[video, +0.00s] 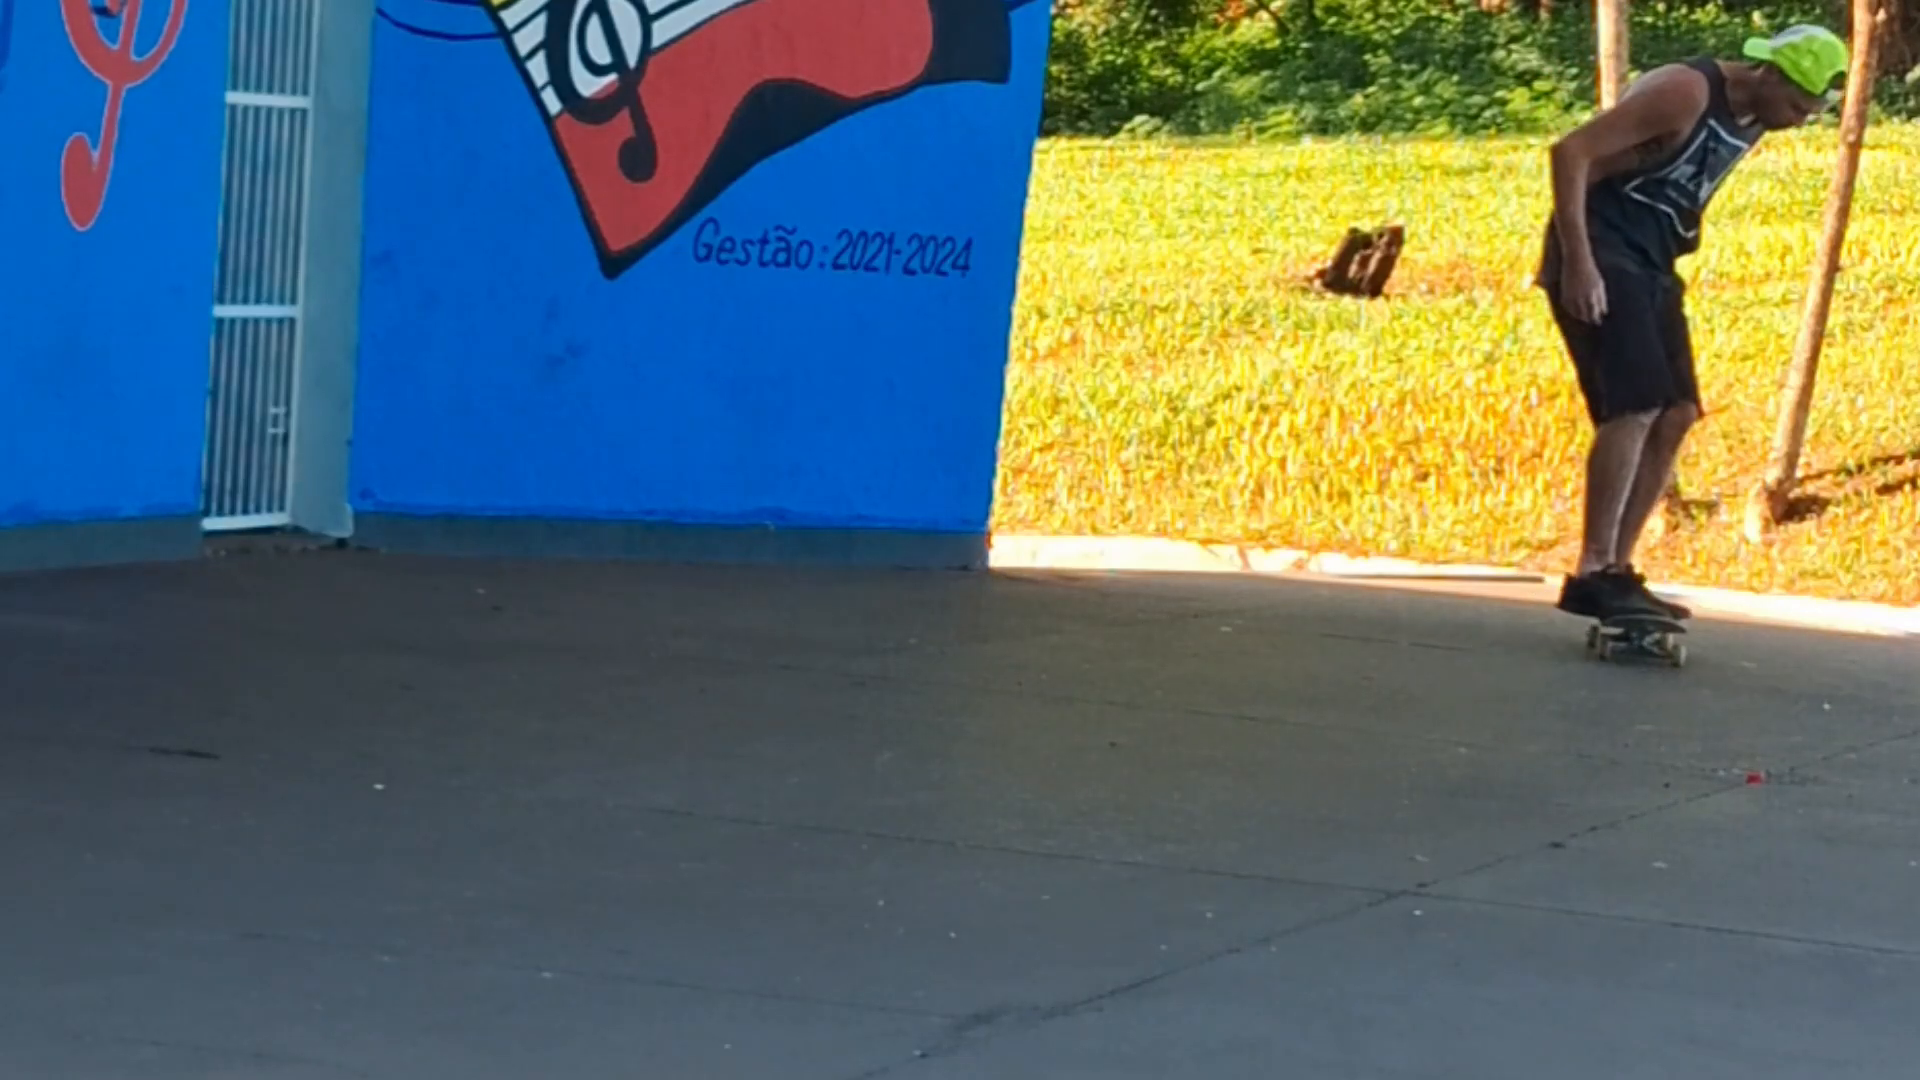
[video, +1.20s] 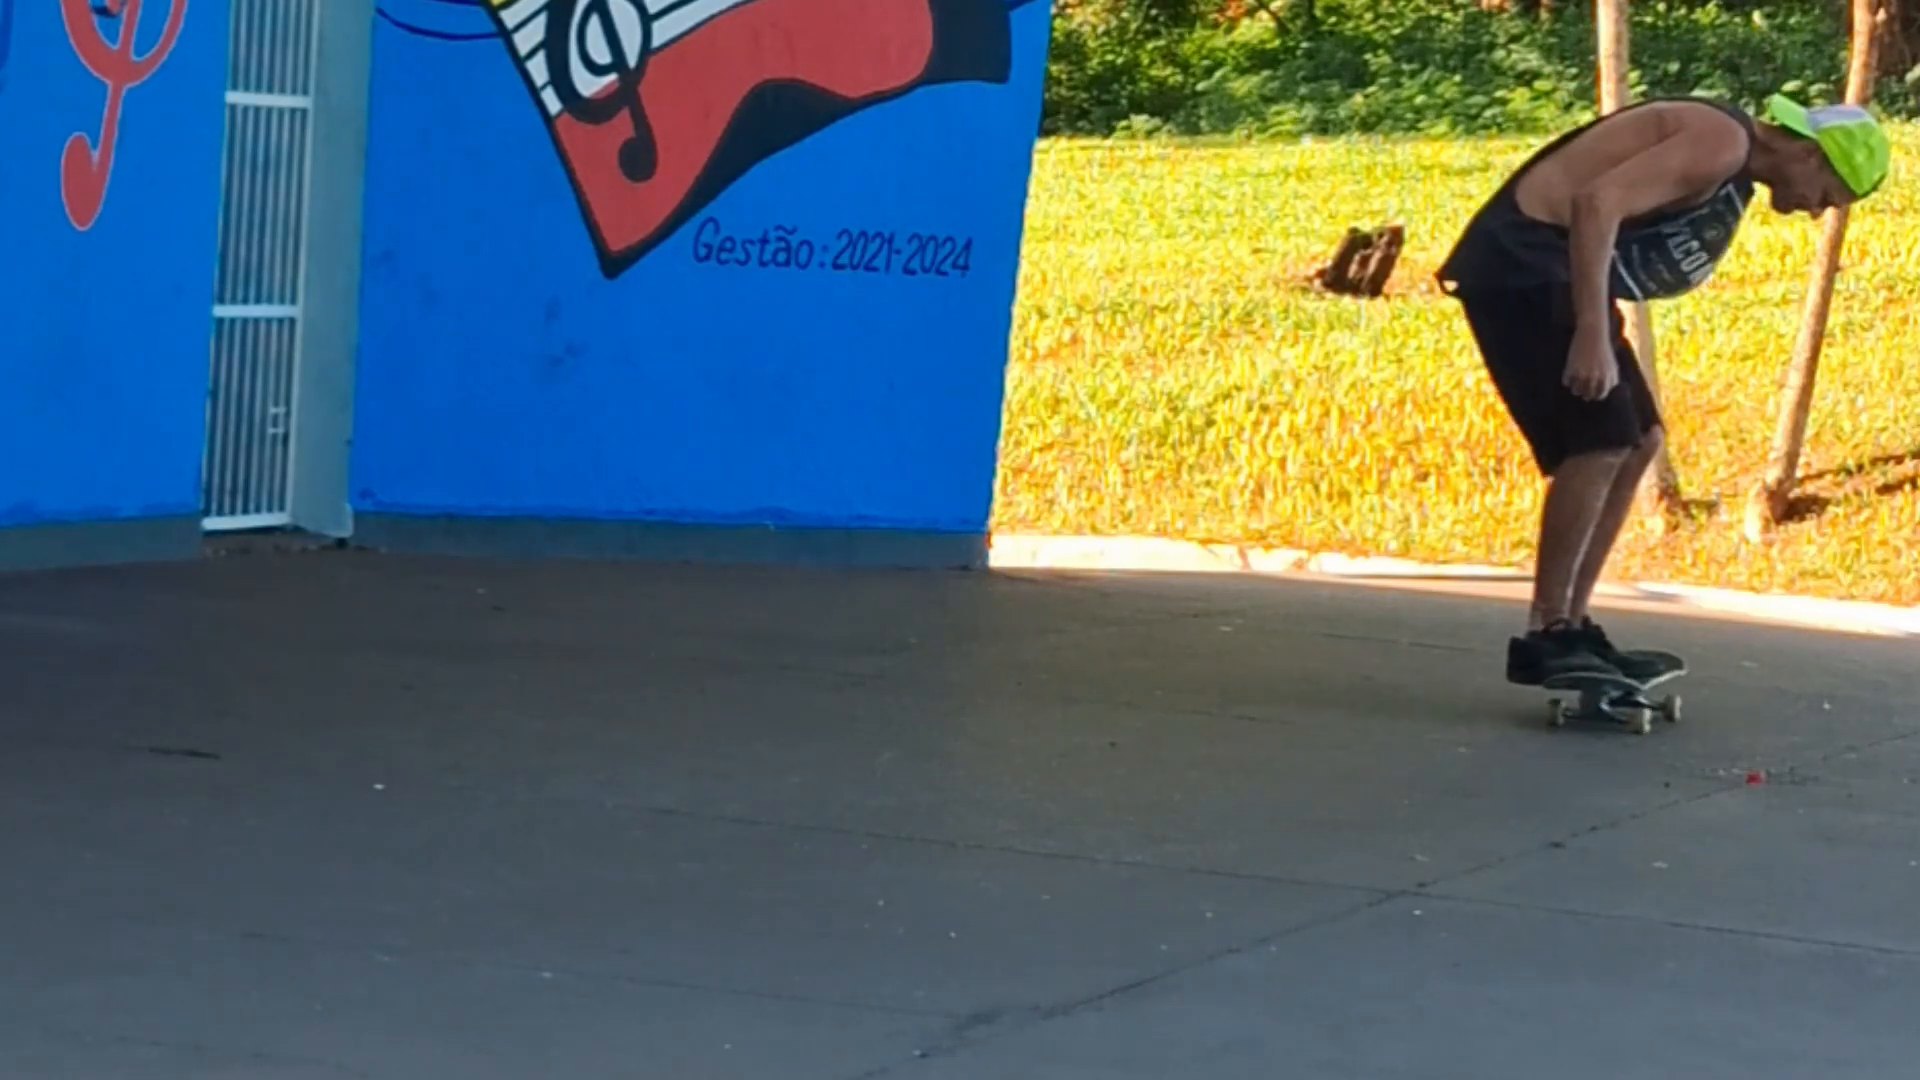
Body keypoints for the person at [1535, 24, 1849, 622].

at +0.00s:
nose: (1804, 116)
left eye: (1813, 108)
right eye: (1803, 102)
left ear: (1781, 83)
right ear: (1772, 74)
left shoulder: (1751, 120)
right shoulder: (1682, 91)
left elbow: (1676, 180)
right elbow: (1569, 153)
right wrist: (1578, 260)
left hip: (1650, 267)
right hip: (1597, 255)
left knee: (1676, 410)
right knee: (1632, 405)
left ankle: (1614, 570)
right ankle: (1591, 574)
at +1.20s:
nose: (1821, 210)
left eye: (1835, 204)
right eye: (1832, 194)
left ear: (1811, 149)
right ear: (1812, 151)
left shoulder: (1730, 167)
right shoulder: (1717, 143)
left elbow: (1608, 231)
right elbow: (1595, 203)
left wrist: (1600, 331)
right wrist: (1591, 334)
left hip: (1558, 268)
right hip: (1518, 260)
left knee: (1637, 439)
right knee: (1597, 441)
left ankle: (1568, 623)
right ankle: (1543, 632)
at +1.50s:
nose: (1790, 230)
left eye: (1804, 225)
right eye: (1801, 215)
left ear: (1785, 177)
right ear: (1784, 172)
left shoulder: (1700, 185)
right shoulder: (1693, 157)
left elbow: (1572, 249)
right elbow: (1561, 217)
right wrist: (1554, 357)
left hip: (1514, 266)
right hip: (1474, 254)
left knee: (1598, 439)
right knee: (1565, 438)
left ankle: (1521, 633)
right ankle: (1466, 621)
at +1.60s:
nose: (1776, 238)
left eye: (1790, 233)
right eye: (1787, 222)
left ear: (1773, 182)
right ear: (1771, 178)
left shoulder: (1683, 190)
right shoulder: (1679, 161)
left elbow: (1556, 264)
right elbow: (1547, 227)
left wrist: (1481, 398)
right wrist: (1533, 368)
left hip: (1499, 267)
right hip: (1455, 254)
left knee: (1578, 443)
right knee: (1549, 442)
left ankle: (1500, 640)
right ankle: (1448, 629)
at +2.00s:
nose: (1702, 281)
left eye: (1717, 276)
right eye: (1716, 267)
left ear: (1696, 217)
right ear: (1699, 223)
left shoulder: (1614, 210)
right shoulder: (1608, 205)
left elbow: (1490, 308)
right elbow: (1490, 297)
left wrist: (1424, 480)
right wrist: (1482, 449)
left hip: (1405, 275)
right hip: (1364, 270)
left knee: (1518, 445)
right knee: (1478, 469)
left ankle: (1416, 651)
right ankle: (1351, 641)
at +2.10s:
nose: (1680, 308)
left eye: (1696, 300)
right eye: (1694, 292)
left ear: (1670, 246)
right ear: (1673, 248)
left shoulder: (1586, 248)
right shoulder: (1583, 232)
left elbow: (1495, 366)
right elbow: (1505, 346)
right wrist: (1537, 491)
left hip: (1383, 307)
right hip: (1339, 298)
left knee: (1493, 472)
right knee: (1474, 477)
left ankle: (1391, 657)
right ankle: (1331, 640)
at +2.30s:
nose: (1637, 319)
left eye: (1650, 311)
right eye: (1647, 301)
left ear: (1620, 256)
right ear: (1622, 255)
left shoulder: (1539, 300)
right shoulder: (1529, 251)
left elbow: (1514, 449)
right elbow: (1470, 413)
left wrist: (1538, 574)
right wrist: (1580, 512)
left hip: (1326, 341)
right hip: (1284, 333)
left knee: (1475, 487)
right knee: (1451, 483)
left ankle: (1345, 661)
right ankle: (1285, 642)